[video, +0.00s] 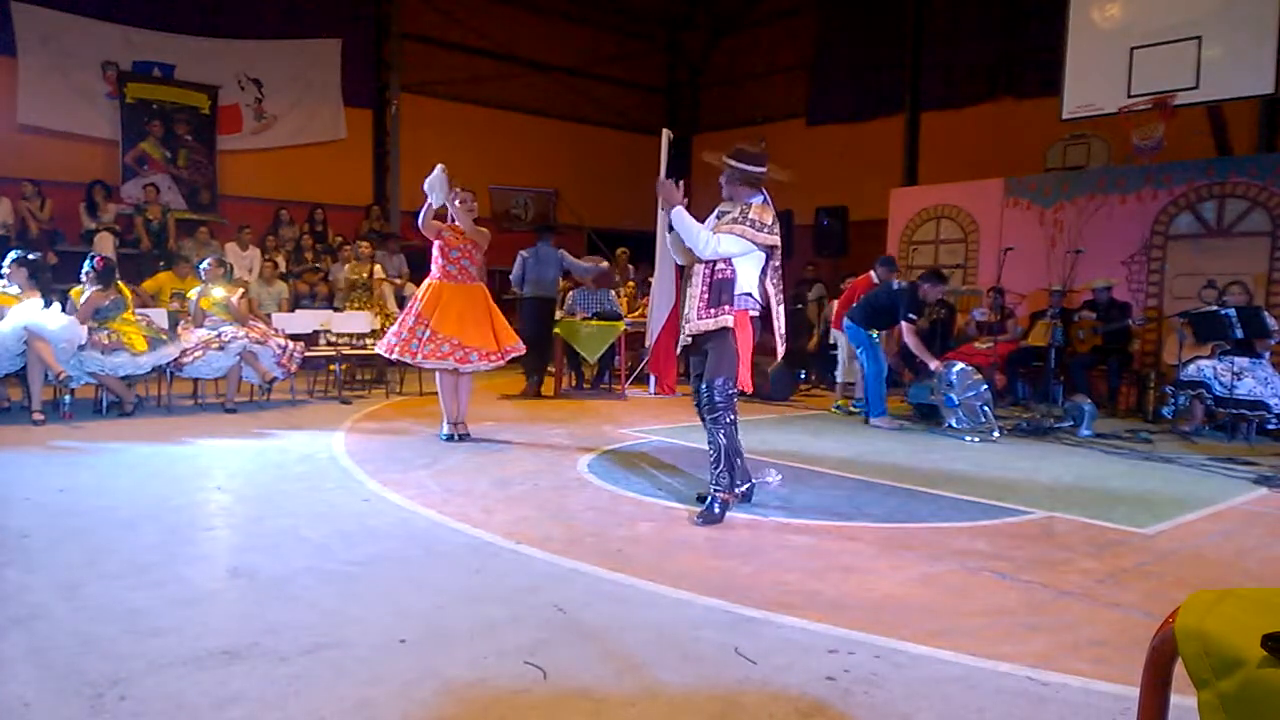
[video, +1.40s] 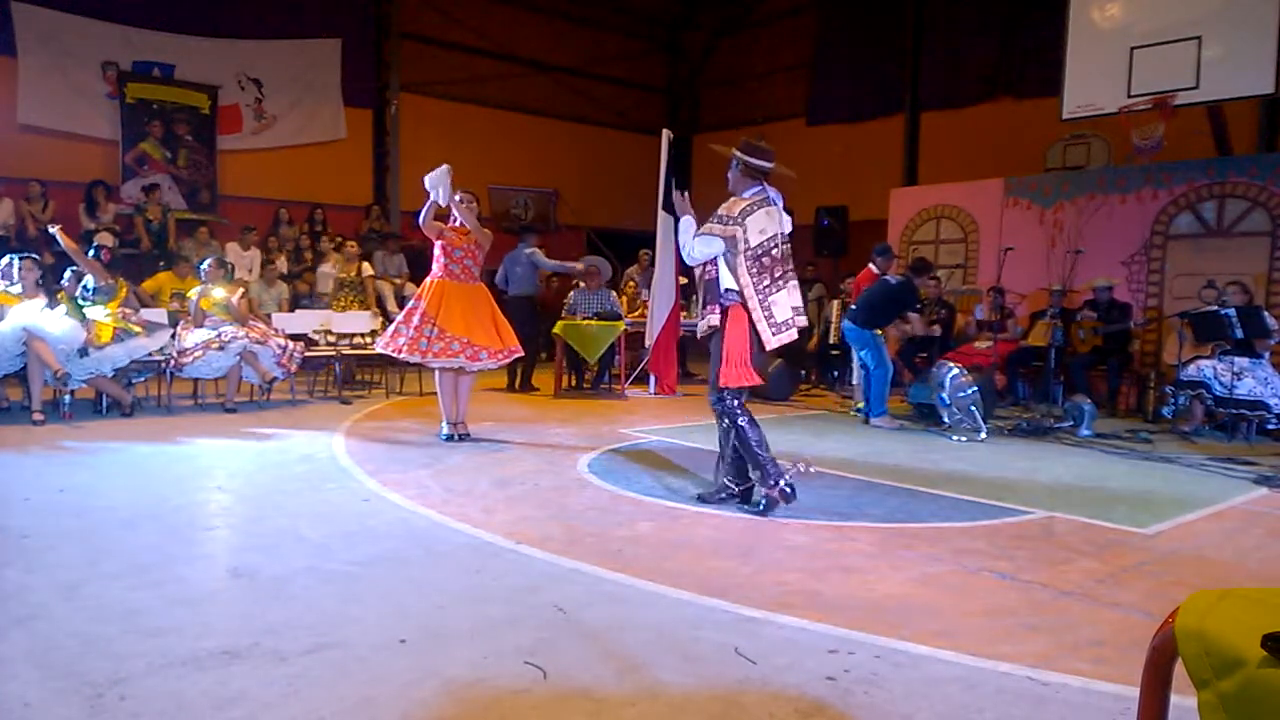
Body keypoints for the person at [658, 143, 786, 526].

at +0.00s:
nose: (721, 182)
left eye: (727, 177)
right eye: (722, 176)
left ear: (743, 182)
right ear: (744, 180)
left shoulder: (755, 218)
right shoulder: (724, 213)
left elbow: (709, 247)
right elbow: (685, 255)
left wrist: (675, 208)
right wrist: (671, 216)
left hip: (733, 316)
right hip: (706, 315)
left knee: (717, 402)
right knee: (706, 401)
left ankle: (719, 492)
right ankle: (739, 478)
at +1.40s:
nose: (727, 173)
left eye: (731, 168)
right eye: (730, 167)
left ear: (740, 172)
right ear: (761, 175)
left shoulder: (734, 212)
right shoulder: (771, 205)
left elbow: (693, 251)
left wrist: (686, 216)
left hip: (738, 312)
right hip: (755, 310)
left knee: (726, 398)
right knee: (727, 397)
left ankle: (774, 482)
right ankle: (734, 484)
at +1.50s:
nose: (732, 176)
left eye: (736, 170)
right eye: (736, 169)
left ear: (745, 174)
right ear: (766, 177)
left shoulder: (735, 214)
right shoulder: (778, 209)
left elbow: (695, 254)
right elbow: (738, 250)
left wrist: (686, 223)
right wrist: (708, 229)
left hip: (743, 317)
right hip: (765, 315)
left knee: (736, 399)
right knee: (727, 393)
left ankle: (782, 486)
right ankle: (735, 480)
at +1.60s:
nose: (736, 179)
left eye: (739, 173)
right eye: (739, 173)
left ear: (747, 176)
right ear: (772, 178)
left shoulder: (735, 218)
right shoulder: (792, 216)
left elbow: (697, 261)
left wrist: (695, 227)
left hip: (752, 325)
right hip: (783, 323)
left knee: (731, 400)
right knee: (736, 399)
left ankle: (781, 486)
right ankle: (738, 481)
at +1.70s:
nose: (740, 185)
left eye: (742, 179)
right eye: (742, 179)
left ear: (749, 183)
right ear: (777, 183)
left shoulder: (739, 222)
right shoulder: (794, 218)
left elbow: (701, 265)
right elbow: (751, 258)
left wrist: (698, 229)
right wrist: (725, 224)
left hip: (753, 326)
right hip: (787, 324)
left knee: (725, 404)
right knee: (741, 400)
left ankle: (778, 483)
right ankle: (743, 481)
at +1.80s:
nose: (744, 189)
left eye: (747, 183)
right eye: (746, 183)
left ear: (754, 185)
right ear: (782, 187)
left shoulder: (742, 227)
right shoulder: (799, 225)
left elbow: (704, 270)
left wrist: (705, 232)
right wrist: (730, 229)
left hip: (751, 328)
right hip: (785, 326)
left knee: (722, 405)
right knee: (746, 398)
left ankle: (776, 482)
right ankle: (740, 473)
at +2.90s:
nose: (777, 191)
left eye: (781, 187)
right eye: (780, 185)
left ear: (790, 192)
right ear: (813, 196)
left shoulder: (769, 229)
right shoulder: (826, 232)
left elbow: (724, 265)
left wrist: (733, 238)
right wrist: (748, 239)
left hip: (762, 331)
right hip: (801, 334)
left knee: (735, 408)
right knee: (769, 406)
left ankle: (787, 484)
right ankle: (755, 479)